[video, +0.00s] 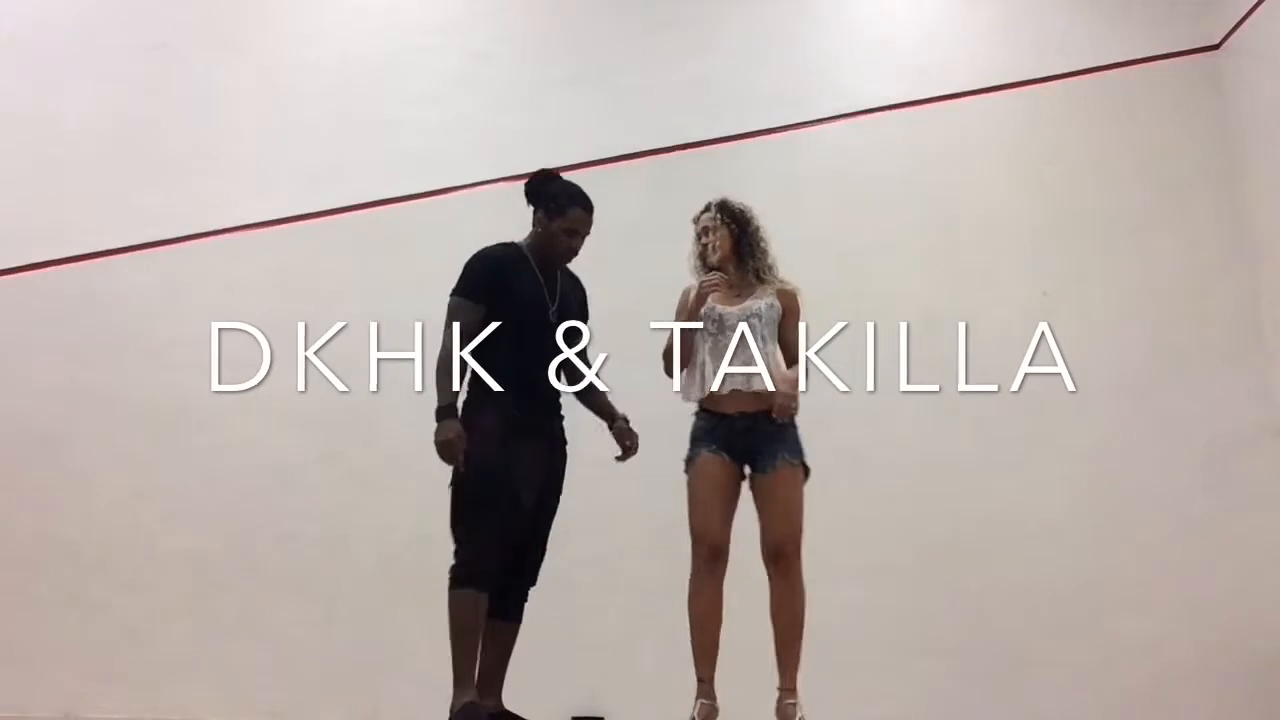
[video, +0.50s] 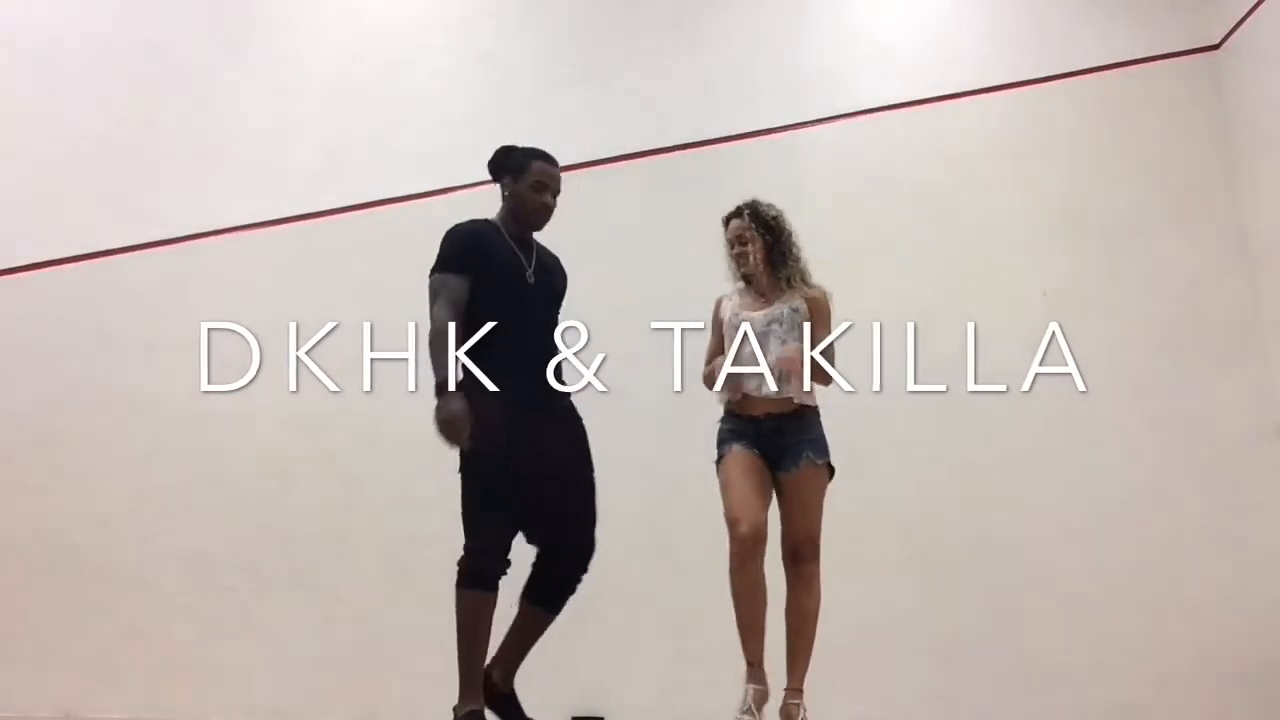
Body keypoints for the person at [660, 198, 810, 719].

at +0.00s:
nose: (705, 241)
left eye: (713, 231)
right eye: (701, 235)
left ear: (739, 234)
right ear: (699, 244)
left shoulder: (780, 296)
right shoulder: (696, 296)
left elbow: (794, 362)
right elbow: (673, 368)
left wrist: (789, 387)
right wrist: (691, 309)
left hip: (773, 431)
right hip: (713, 431)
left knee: (782, 555)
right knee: (709, 553)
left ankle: (788, 692)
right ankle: (705, 693)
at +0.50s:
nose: (740, 250)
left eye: (747, 240)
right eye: (734, 243)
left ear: (771, 240)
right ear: (729, 250)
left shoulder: (810, 300)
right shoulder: (726, 305)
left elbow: (827, 375)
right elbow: (708, 376)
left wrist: (801, 365)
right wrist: (727, 369)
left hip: (798, 430)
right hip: (740, 431)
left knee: (801, 556)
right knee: (745, 533)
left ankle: (794, 695)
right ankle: (755, 678)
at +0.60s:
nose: (739, 250)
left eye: (746, 239)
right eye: (732, 243)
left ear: (770, 236)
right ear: (728, 250)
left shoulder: (814, 292)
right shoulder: (729, 302)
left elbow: (829, 366)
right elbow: (718, 368)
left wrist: (797, 342)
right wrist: (725, 391)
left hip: (796, 428)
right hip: (737, 427)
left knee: (797, 555)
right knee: (733, 534)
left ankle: (793, 694)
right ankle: (737, 679)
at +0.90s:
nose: (729, 248)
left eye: (735, 237)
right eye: (720, 242)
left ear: (759, 233)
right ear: (717, 249)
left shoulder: (803, 287)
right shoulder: (719, 299)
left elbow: (841, 350)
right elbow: (707, 366)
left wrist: (802, 330)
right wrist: (715, 379)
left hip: (781, 429)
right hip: (722, 426)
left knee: (787, 557)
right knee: (715, 551)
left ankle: (791, 694)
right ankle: (707, 688)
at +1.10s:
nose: (721, 246)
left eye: (727, 235)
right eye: (712, 240)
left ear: (750, 233)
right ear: (706, 248)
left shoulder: (793, 294)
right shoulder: (706, 299)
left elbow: (821, 359)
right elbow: (687, 368)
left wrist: (798, 344)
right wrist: (700, 371)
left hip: (767, 433)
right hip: (707, 428)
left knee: (777, 554)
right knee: (703, 551)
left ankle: (777, 694)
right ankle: (705, 691)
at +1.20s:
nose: (721, 244)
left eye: (728, 233)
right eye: (712, 238)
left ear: (749, 234)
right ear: (704, 246)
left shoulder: (790, 293)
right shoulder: (702, 299)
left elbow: (807, 371)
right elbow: (682, 373)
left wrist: (793, 352)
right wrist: (699, 367)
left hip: (764, 433)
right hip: (706, 426)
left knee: (767, 553)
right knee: (703, 551)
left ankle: (749, 691)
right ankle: (704, 691)